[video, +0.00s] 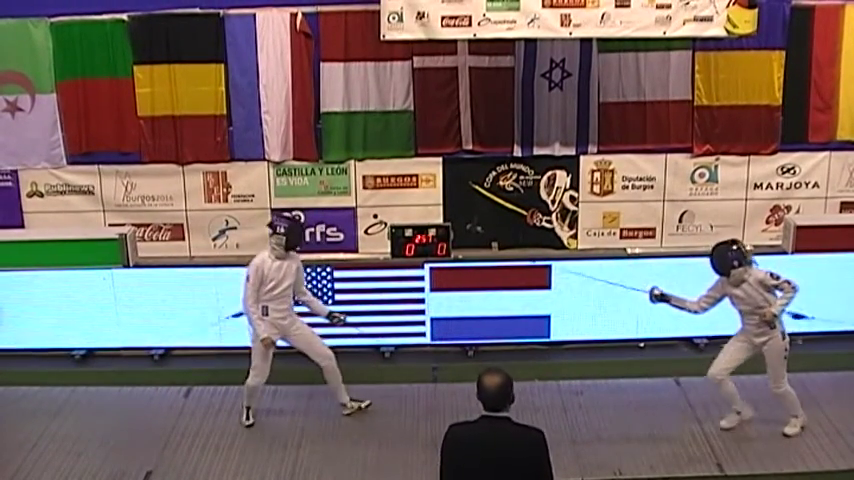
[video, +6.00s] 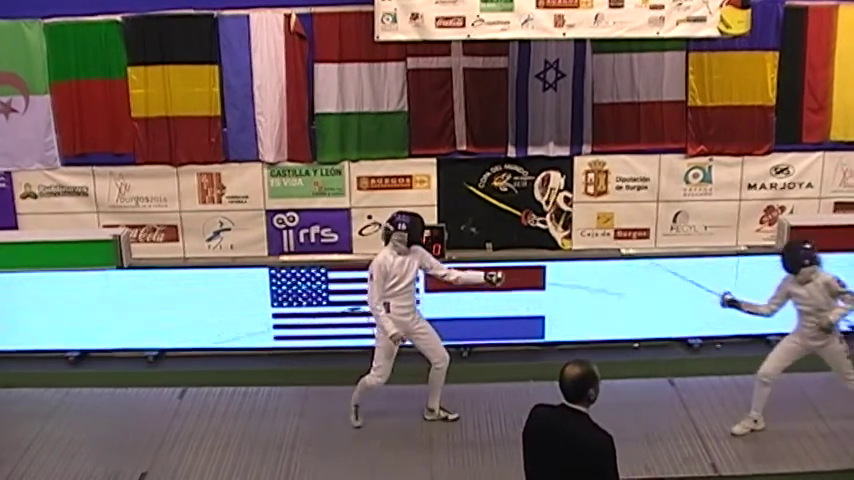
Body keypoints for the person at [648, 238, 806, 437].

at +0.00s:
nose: (729, 278)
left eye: (731, 273)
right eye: (727, 274)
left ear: (741, 266)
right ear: (724, 270)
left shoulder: (758, 277)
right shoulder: (724, 284)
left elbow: (790, 289)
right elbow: (698, 307)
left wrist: (775, 310)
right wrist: (666, 298)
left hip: (773, 336)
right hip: (747, 336)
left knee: (779, 386)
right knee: (717, 374)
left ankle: (798, 418)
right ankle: (740, 410)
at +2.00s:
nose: (715, 273)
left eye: (718, 268)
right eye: (714, 268)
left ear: (727, 262)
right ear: (714, 266)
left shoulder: (745, 275)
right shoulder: (711, 282)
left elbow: (774, 294)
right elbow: (697, 308)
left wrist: (757, 314)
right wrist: (665, 312)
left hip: (754, 335)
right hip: (728, 335)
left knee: (774, 377)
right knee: (693, 372)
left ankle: (795, 414)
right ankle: (669, 413)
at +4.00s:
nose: (808, 263)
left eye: (810, 259)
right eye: (804, 260)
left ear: (817, 252)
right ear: (799, 258)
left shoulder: (835, 265)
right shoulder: (798, 271)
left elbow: (852, 284)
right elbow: (795, 301)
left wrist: (843, 299)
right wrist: (763, 316)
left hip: (836, 328)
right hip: (807, 326)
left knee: (838, 376)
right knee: (777, 367)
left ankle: (842, 417)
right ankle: (782, 409)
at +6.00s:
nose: (808, 274)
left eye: (810, 269)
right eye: (803, 270)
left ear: (812, 265)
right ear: (794, 269)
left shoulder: (826, 280)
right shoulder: (789, 284)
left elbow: (849, 299)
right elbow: (769, 310)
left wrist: (833, 318)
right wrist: (737, 304)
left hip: (829, 340)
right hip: (800, 338)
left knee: (850, 380)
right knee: (765, 374)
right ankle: (755, 418)